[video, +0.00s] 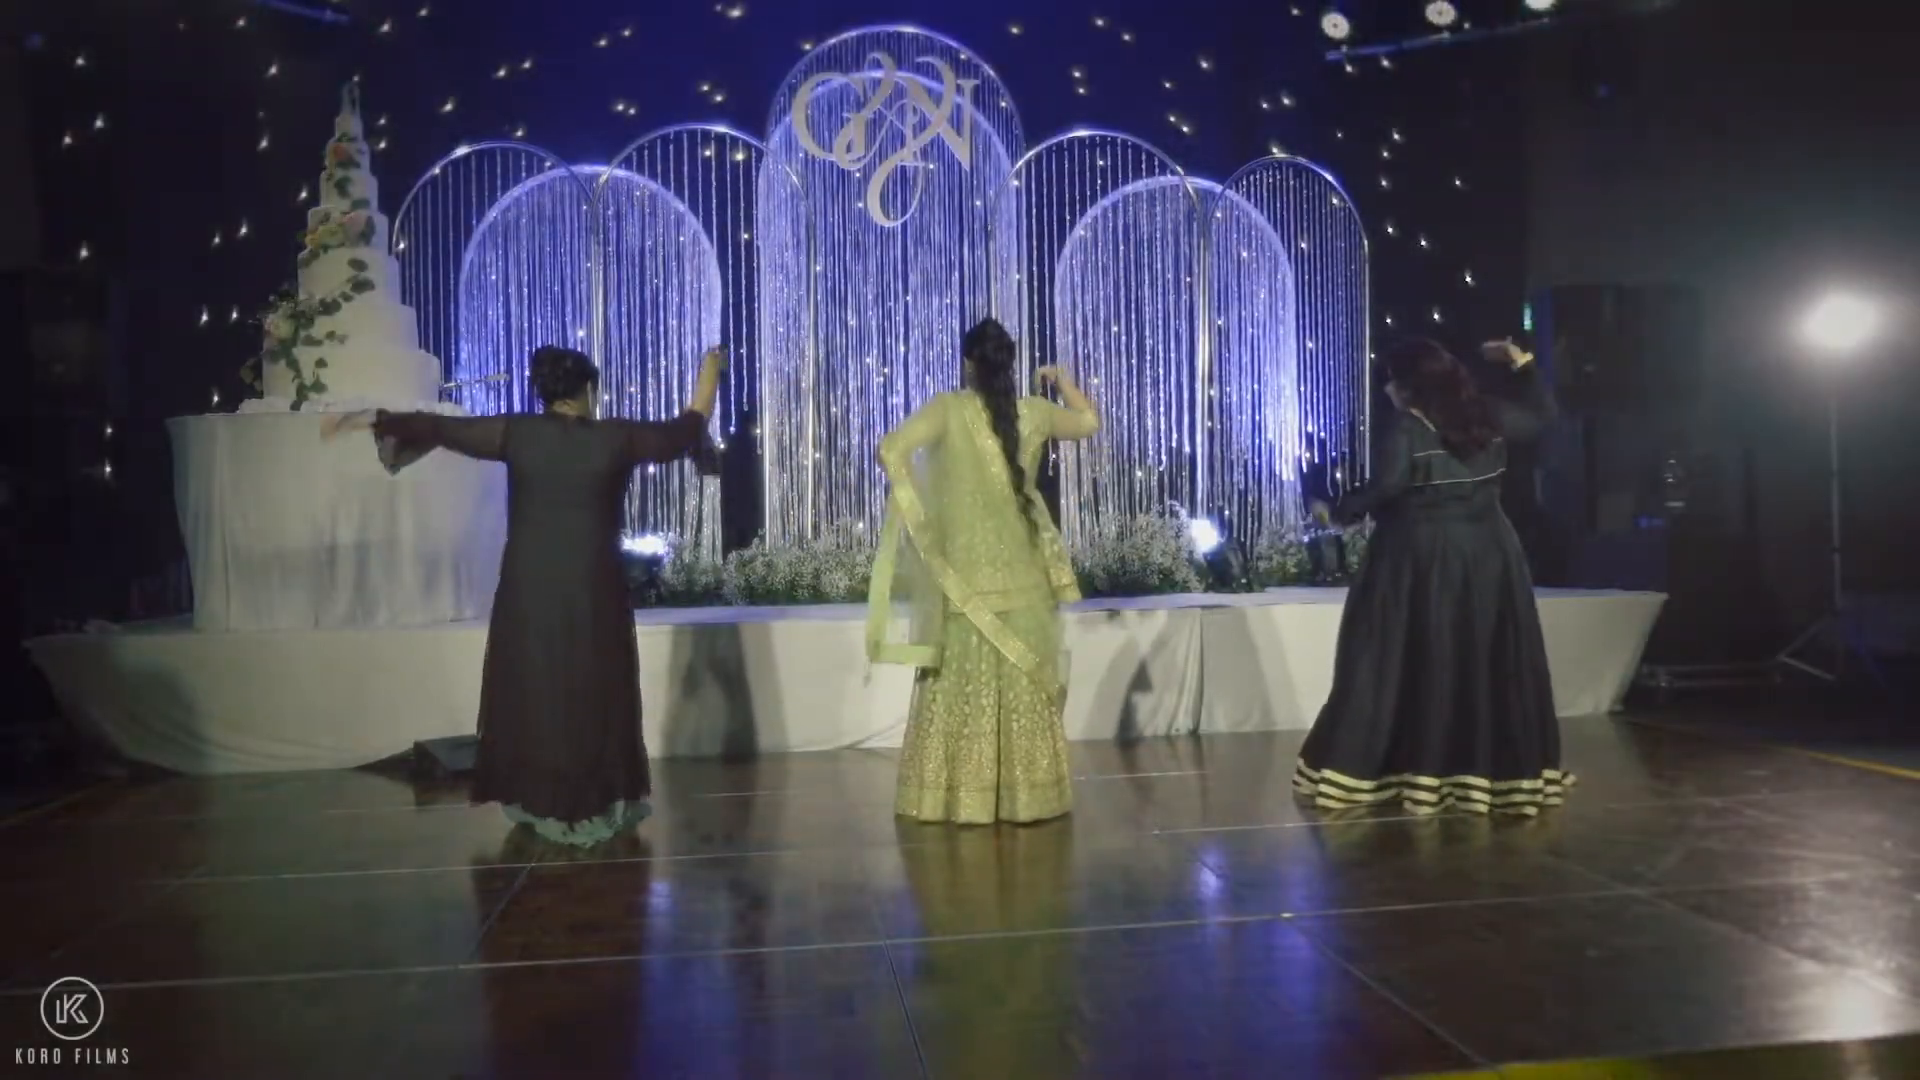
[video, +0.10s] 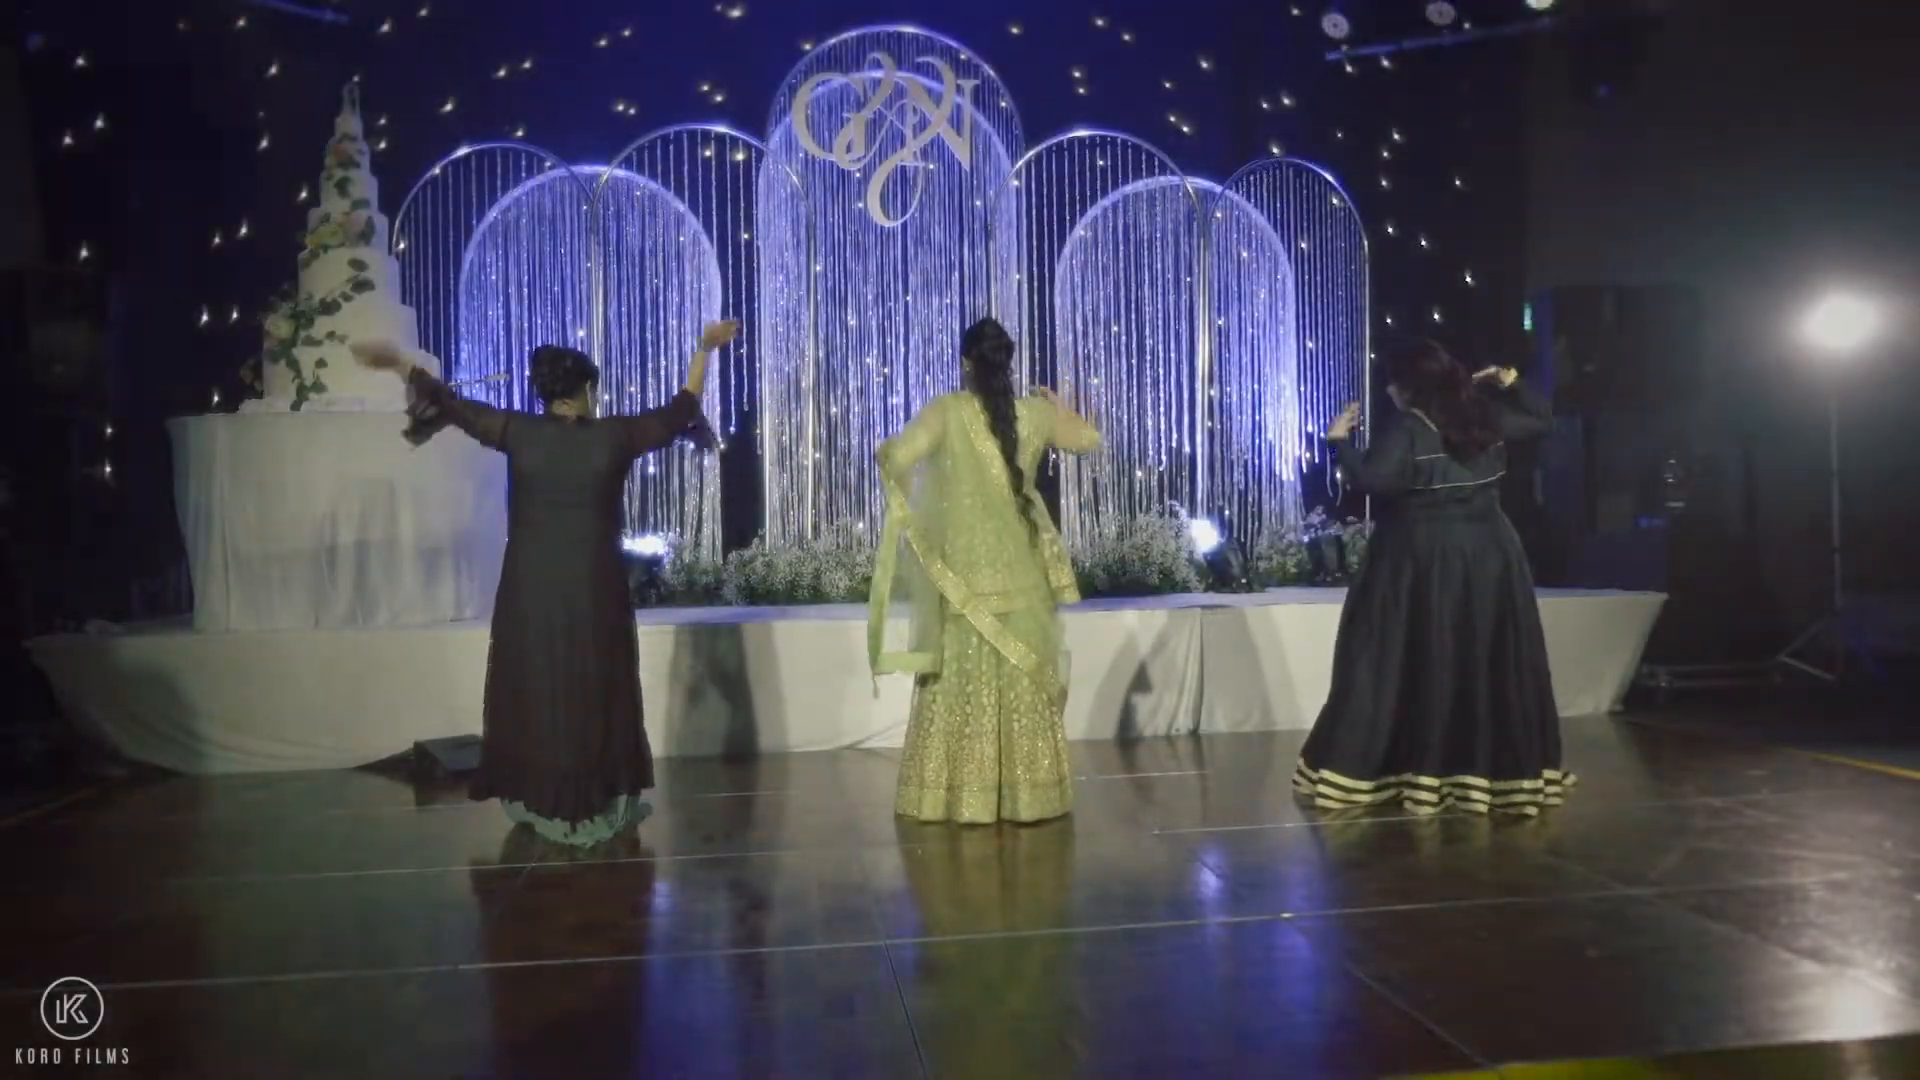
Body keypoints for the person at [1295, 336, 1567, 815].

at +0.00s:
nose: (1388, 394)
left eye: (1391, 384)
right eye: (1387, 385)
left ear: (1408, 386)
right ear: (1448, 378)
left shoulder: (1406, 429)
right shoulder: (1487, 416)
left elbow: (1388, 485)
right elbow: (1540, 417)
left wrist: (1340, 510)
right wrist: (1524, 365)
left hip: (1426, 551)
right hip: (1489, 545)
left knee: (1419, 660)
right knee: (1487, 660)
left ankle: (1419, 777)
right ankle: (1492, 777)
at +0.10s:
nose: (1388, 394)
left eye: (1392, 385)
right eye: (1389, 385)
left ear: (1406, 387)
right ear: (1448, 379)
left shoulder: (1407, 429)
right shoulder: (1485, 418)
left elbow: (1372, 477)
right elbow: (1539, 419)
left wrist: (1342, 444)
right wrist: (1511, 381)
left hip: (1425, 552)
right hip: (1489, 546)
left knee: (1419, 660)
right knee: (1487, 660)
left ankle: (1419, 777)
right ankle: (1493, 777)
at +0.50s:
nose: (1407, 387)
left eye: (1410, 379)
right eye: (1411, 379)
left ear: (1418, 383)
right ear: (1469, 374)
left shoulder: (1413, 424)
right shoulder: (1502, 409)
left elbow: (1348, 436)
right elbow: (1542, 373)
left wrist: (1326, 383)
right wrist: (1537, 310)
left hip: (1423, 546)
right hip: (1490, 544)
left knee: (1416, 661)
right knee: (1489, 663)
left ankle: (1415, 782)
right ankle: (1493, 782)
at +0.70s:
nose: (1413, 383)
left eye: (1417, 375)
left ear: (1425, 380)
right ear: (1476, 375)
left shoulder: (1416, 421)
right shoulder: (1503, 411)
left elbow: (1360, 380)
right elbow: (1505, 356)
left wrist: (1369, 316)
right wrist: (1473, 299)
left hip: (1430, 547)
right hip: (1496, 543)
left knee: (1426, 662)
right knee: (1495, 662)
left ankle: (1421, 783)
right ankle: (1497, 783)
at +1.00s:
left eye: (1435, 359)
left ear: (1430, 372)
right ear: (1486, 369)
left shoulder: (1414, 421)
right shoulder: (1508, 408)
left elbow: (1356, 410)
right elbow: (1510, 351)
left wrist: (1337, 359)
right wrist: (1476, 301)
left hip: (1431, 546)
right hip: (1499, 545)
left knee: (1422, 659)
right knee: (1495, 661)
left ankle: (1417, 782)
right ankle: (1495, 782)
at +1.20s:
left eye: (1426, 371)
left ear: (1429, 379)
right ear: (1481, 371)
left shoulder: (1418, 425)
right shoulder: (1507, 405)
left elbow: (1353, 437)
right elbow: (1516, 348)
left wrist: (1284, 430)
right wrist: (1515, 296)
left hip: (1433, 553)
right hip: (1501, 552)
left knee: (1420, 663)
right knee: (1496, 665)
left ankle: (1419, 779)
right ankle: (1495, 781)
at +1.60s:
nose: (1397, 401)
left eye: (1401, 393)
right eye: (1397, 393)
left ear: (1417, 392)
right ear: (1461, 379)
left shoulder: (1413, 438)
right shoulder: (1493, 410)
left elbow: (1374, 492)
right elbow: (1513, 344)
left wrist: (1311, 515)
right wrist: (1526, 281)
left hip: (1437, 565)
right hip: (1506, 558)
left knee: (1424, 667)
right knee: (1503, 667)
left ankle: (1425, 782)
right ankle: (1506, 780)